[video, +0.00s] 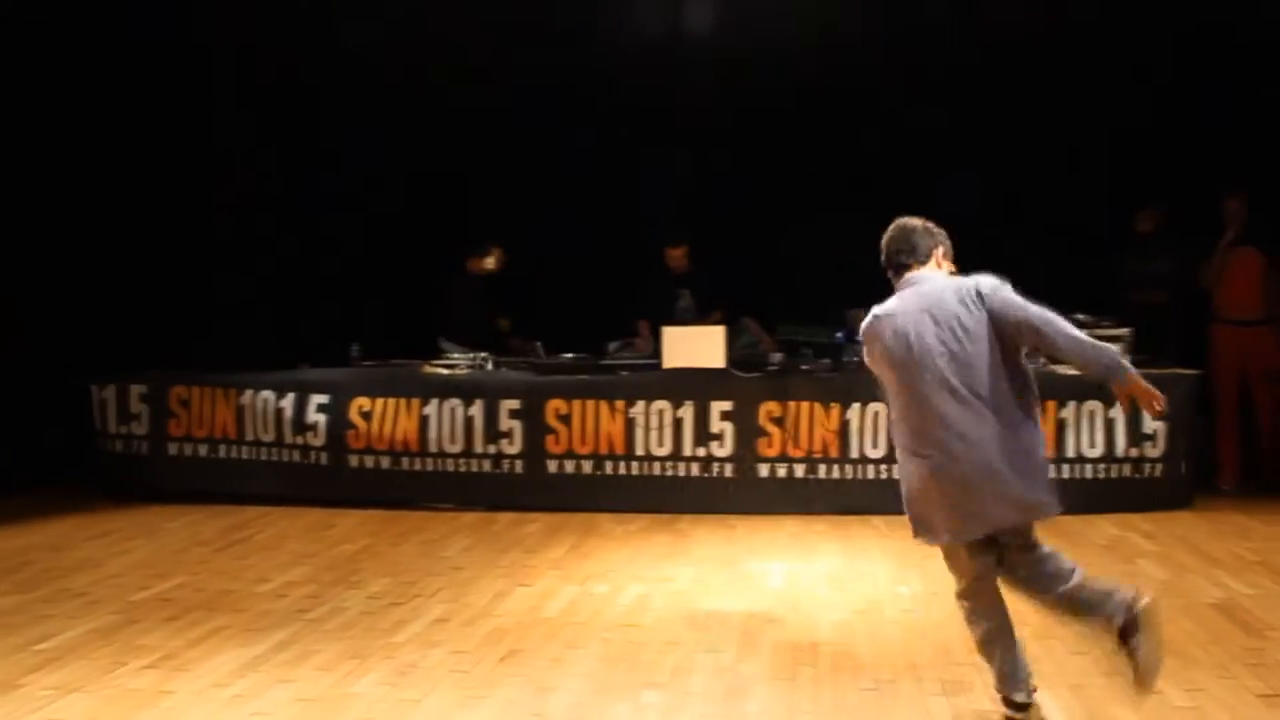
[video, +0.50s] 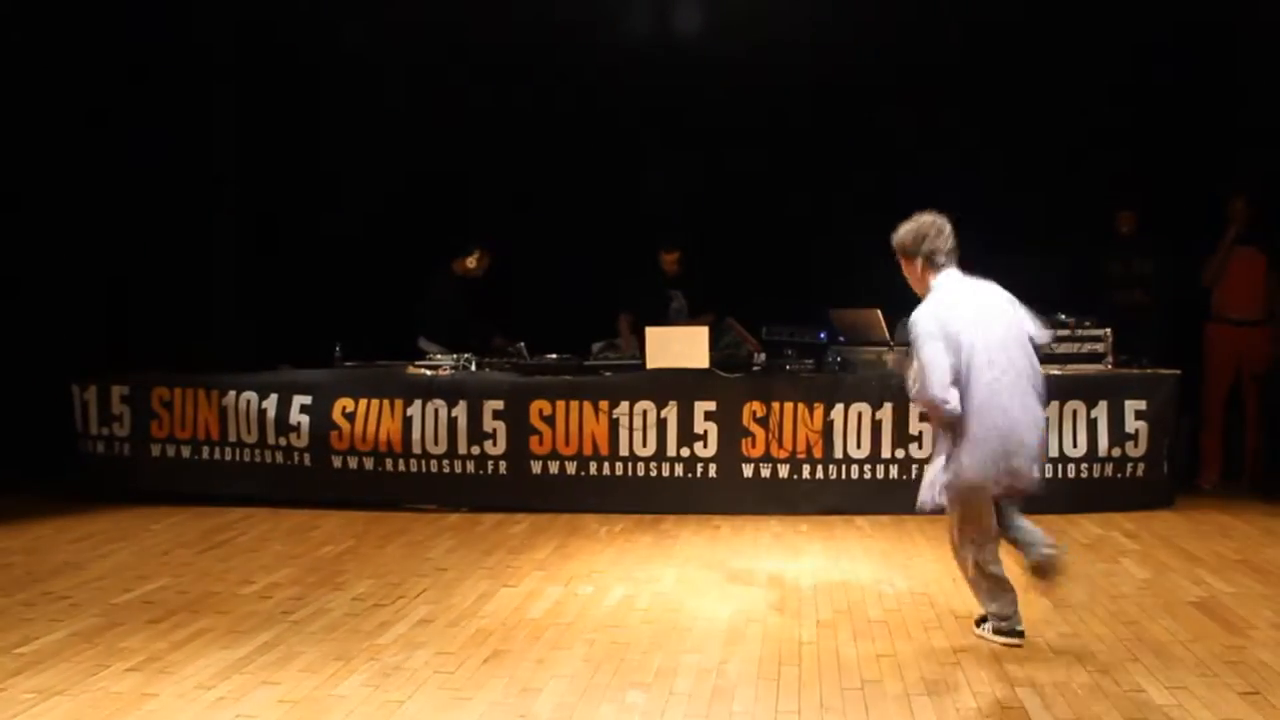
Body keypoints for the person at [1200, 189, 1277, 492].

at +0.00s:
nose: (1234, 218)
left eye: (1238, 213)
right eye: (1230, 213)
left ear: (1248, 215)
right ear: (1225, 216)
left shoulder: (1260, 247)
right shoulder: (1221, 249)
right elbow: (1209, 281)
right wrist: (1225, 243)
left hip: (1260, 330)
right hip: (1226, 331)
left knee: (1265, 402)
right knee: (1226, 402)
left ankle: (1269, 472)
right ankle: (1228, 472)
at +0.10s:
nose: (1222, 221)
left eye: (1226, 214)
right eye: (1218, 215)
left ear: (1235, 217)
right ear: (1212, 218)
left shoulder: (1247, 250)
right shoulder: (1207, 251)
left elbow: (1259, 293)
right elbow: (1195, 282)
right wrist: (1210, 243)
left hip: (1247, 329)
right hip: (1213, 330)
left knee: (1251, 397)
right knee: (1211, 399)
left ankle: (1256, 468)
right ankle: (1212, 470)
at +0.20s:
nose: (1222, 220)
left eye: (1227, 214)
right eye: (1218, 214)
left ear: (1236, 217)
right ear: (1212, 218)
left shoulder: (1249, 250)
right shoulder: (1207, 251)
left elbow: (1261, 294)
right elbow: (1195, 282)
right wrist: (1211, 242)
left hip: (1248, 329)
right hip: (1213, 330)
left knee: (1249, 399)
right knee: (1210, 400)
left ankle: (1252, 469)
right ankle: (1210, 471)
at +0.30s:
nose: (1228, 221)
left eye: (1233, 215)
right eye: (1224, 215)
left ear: (1242, 218)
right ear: (1218, 219)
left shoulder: (1253, 251)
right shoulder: (1211, 252)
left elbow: (1265, 294)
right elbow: (1199, 281)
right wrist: (1215, 243)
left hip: (1250, 330)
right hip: (1215, 330)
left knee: (1250, 399)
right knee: (1212, 400)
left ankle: (1253, 471)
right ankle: (1211, 471)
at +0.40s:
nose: (1235, 221)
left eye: (1239, 214)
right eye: (1231, 215)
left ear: (1248, 217)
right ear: (1226, 218)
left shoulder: (1259, 250)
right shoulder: (1219, 250)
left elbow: (1269, 294)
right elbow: (1205, 280)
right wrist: (1221, 241)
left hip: (1254, 332)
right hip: (1220, 331)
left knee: (1253, 402)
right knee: (1214, 402)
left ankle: (1252, 472)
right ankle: (1210, 472)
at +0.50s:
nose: (1239, 220)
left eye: (1243, 214)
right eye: (1236, 214)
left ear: (1253, 217)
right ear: (1231, 218)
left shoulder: (1261, 250)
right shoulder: (1223, 249)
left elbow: (1270, 293)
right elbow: (1209, 279)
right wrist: (1229, 239)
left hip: (1256, 331)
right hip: (1222, 331)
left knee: (1254, 403)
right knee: (1215, 403)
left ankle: (1253, 473)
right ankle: (1210, 473)